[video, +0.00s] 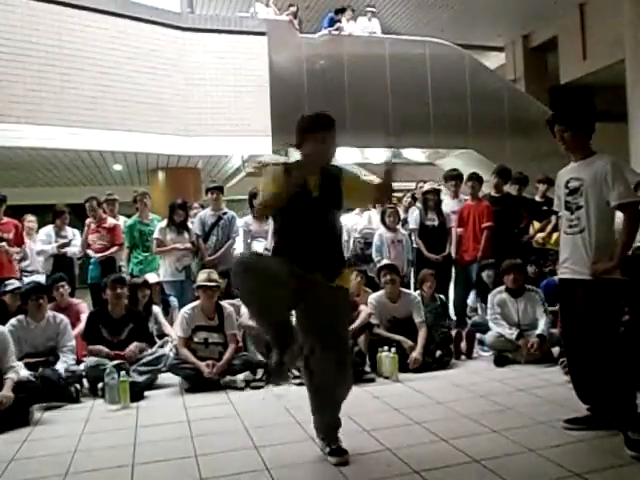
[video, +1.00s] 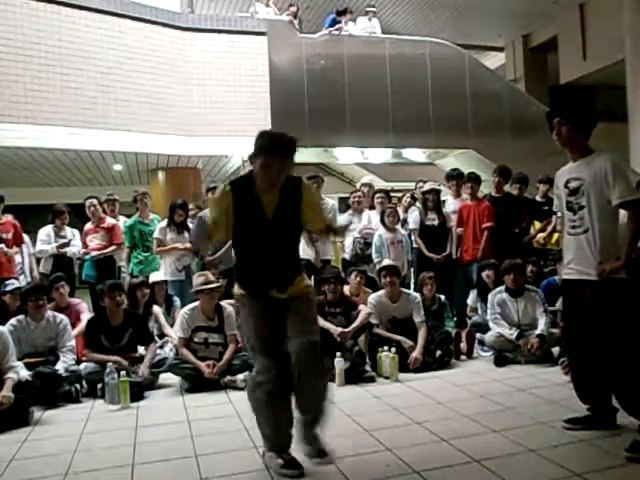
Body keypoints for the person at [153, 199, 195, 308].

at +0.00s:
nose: (179, 218)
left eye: (182, 215)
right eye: (177, 214)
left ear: (186, 215)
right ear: (171, 214)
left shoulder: (188, 228)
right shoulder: (162, 227)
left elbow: (195, 247)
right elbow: (156, 249)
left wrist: (189, 247)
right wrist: (174, 247)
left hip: (186, 269)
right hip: (169, 270)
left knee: (187, 304)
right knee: (174, 305)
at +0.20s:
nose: (179, 218)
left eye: (182, 215)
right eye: (177, 214)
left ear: (186, 215)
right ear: (171, 214)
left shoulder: (188, 228)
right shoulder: (162, 228)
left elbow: (195, 247)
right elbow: (156, 249)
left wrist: (189, 247)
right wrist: (174, 247)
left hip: (186, 269)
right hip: (169, 271)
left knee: (188, 304)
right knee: (174, 305)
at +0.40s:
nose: (179, 218)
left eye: (182, 215)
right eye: (177, 215)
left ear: (186, 216)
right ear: (172, 213)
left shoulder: (189, 228)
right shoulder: (162, 227)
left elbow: (196, 248)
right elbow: (156, 249)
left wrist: (189, 247)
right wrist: (175, 247)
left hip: (187, 270)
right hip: (170, 271)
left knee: (188, 305)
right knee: (176, 305)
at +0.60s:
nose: (179, 218)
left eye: (182, 215)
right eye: (177, 214)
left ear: (186, 215)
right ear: (172, 213)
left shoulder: (189, 228)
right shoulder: (162, 227)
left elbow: (196, 248)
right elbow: (156, 249)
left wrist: (189, 247)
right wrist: (174, 247)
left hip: (188, 269)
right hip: (171, 270)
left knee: (188, 303)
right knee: (176, 304)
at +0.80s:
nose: (179, 218)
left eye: (182, 215)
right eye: (177, 214)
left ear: (186, 215)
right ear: (172, 213)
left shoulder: (189, 228)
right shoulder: (162, 227)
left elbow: (196, 247)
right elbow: (156, 249)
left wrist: (189, 247)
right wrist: (174, 247)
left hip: (187, 269)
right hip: (171, 270)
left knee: (188, 303)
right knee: (175, 304)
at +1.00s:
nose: (179, 218)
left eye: (182, 215)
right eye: (177, 214)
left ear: (186, 215)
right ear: (172, 213)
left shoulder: (187, 228)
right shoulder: (162, 227)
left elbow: (193, 246)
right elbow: (156, 249)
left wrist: (188, 247)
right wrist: (174, 246)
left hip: (187, 268)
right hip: (170, 270)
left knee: (188, 302)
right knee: (176, 304)